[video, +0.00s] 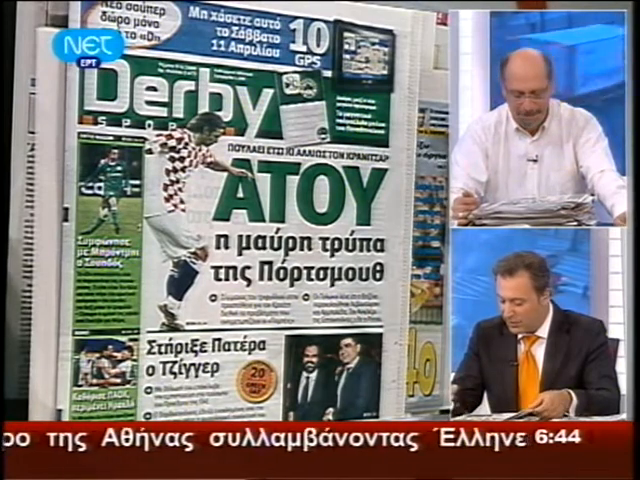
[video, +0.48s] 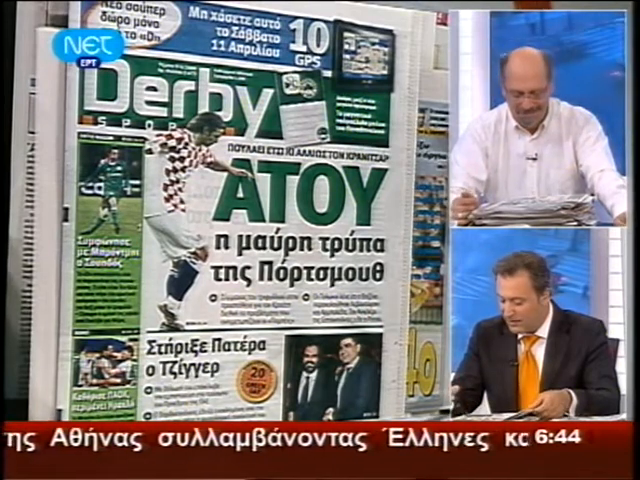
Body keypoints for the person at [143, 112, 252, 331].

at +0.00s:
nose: (215, 141)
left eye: (217, 137)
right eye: (215, 136)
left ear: (207, 132)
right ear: (205, 130)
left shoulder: (199, 150)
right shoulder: (179, 137)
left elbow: (212, 162)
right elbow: (149, 145)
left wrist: (232, 170)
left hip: (165, 209)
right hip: (161, 208)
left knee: (180, 262)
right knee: (200, 251)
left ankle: (171, 317)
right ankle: (172, 304)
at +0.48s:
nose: (215, 141)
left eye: (217, 137)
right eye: (215, 136)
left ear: (207, 132)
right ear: (205, 130)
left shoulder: (199, 150)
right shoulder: (179, 137)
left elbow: (212, 162)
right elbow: (149, 145)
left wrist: (232, 170)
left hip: (166, 209)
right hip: (161, 208)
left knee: (180, 262)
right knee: (200, 251)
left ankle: (171, 317)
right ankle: (172, 304)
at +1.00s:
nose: (215, 141)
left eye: (217, 137)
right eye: (215, 136)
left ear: (207, 132)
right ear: (205, 130)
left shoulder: (199, 150)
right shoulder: (179, 137)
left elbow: (212, 162)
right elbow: (149, 145)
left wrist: (231, 170)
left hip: (166, 209)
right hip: (161, 208)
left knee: (180, 262)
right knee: (200, 251)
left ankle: (171, 317)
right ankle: (172, 304)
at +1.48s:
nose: (215, 141)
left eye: (217, 137)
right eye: (215, 136)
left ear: (207, 132)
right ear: (205, 130)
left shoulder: (199, 150)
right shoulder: (179, 137)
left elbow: (212, 162)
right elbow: (149, 145)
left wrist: (232, 170)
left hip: (166, 209)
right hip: (161, 208)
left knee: (180, 262)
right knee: (200, 251)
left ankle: (171, 317)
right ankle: (172, 304)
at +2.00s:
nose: (215, 141)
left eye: (217, 138)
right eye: (215, 136)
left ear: (207, 132)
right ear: (205, 130)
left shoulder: (199, 150)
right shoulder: (179, 137)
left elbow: (212, 162)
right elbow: (149, 145)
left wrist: (232, 170)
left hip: (166, 209)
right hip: (161, 208)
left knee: (180, 262)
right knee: (200, 251)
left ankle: (171, 317)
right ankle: (172, 304)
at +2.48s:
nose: (215, 141)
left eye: (217, 137)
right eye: (215, 136)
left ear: (207, 132)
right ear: (205, 130)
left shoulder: (199, 150)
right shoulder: (179, 137)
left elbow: (212, 162)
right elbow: (149, 145)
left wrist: (232, 170)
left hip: (166, 209)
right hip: (161, 208)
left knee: (180, 262)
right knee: (200, 251)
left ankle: (171, 317)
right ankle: (172, 304)